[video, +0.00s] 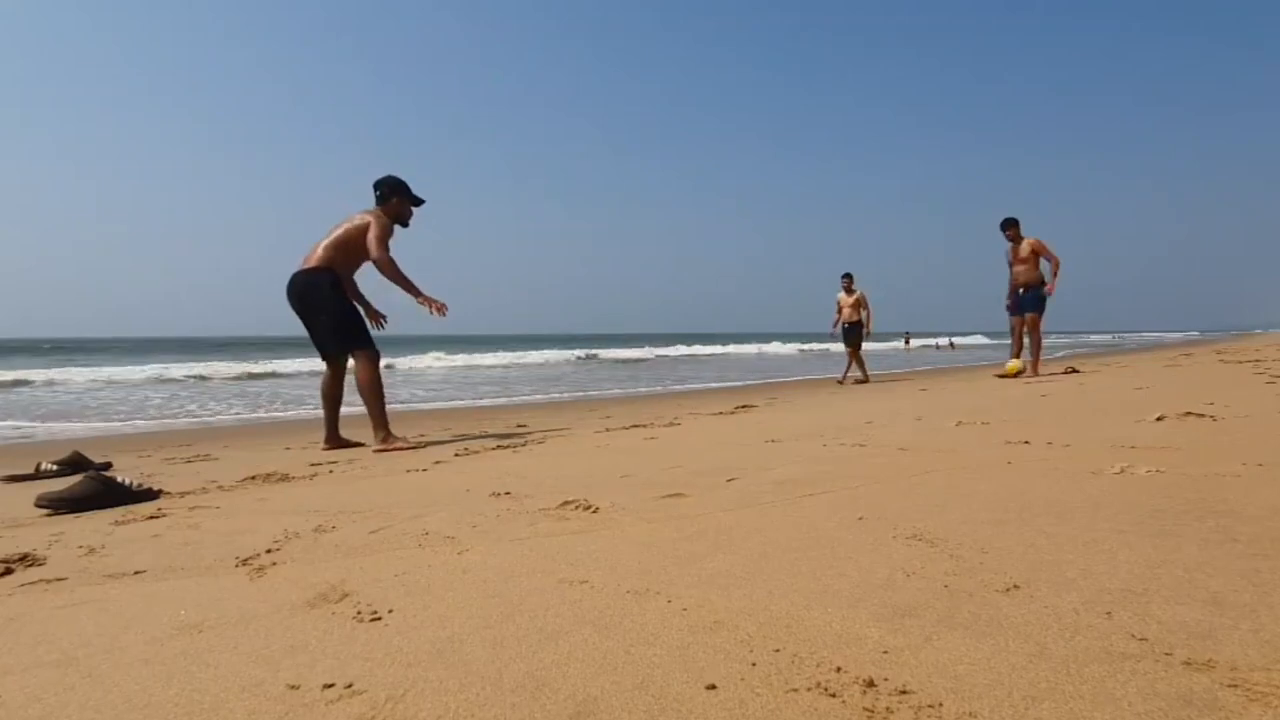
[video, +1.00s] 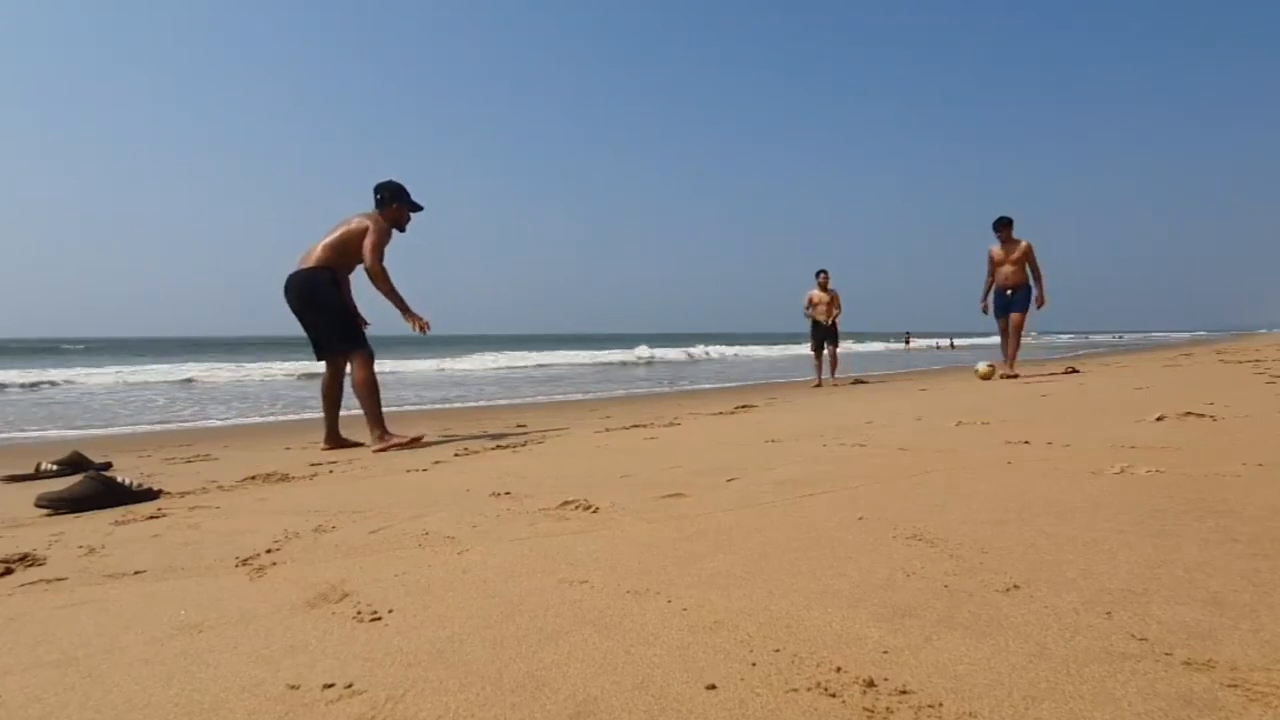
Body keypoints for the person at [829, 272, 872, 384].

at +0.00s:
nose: (845, 285)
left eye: (847, 283)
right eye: (843, 283)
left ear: (852, 283)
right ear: (841, 283)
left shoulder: (859, 295)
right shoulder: (840, 297)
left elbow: (866, 309)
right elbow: (839, 313)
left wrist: (867, 326)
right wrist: (834, 326)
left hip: (856, 323)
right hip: (846, 324)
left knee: (852, 351)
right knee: (853, 352)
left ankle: (843, 376)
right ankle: (865, 375)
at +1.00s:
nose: (825, 280)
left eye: (826, 278)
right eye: (822, 278)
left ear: (828, 280)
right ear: (817, 280)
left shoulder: (833, 293)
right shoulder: (811, 294)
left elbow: (838, 308)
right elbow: (806, 310)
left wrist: (832, 318)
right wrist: (815, 317)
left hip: (830, 324)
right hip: (817, 324)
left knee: (832, 351)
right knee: (817, 354)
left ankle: (833, 377)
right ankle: (818, 379)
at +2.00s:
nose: (808, 280)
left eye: (810, 278)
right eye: (806, 278)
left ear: (815, 278)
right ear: (804, 279)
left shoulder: (822, 293)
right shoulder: (800, 294)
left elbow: (826, 311)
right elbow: (798, 312)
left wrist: (822, 327)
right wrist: (797, 329)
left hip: (818, 323)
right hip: (804, 324)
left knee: (824, 354)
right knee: (800, 354)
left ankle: (828, 380)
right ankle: (798, 382)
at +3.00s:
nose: (778, 274)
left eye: (780, 271)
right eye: (775, 271)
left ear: (785, 272)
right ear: (772, 272)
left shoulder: (793, 287)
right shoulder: (767, 288)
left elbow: (800, 306)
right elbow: (763, 308)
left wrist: (796, 325)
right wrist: (759, 326)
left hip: (788, 321)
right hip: (773, 321)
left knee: (789, 355)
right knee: (766, 353)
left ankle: (788, 385)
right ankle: (766, 385)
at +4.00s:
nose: (683, 260)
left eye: (686, 257)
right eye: (680, 257)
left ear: (692, 258)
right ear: (677, 258)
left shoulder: (700, 276)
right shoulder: (671, 278)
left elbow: (713, 296)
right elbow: (667, 297)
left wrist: (700, 300)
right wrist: (663, 309)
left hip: (695, 318)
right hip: (678, 319)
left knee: (701, 358)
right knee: (677, 360)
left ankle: (720, 380)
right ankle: (686, 394)